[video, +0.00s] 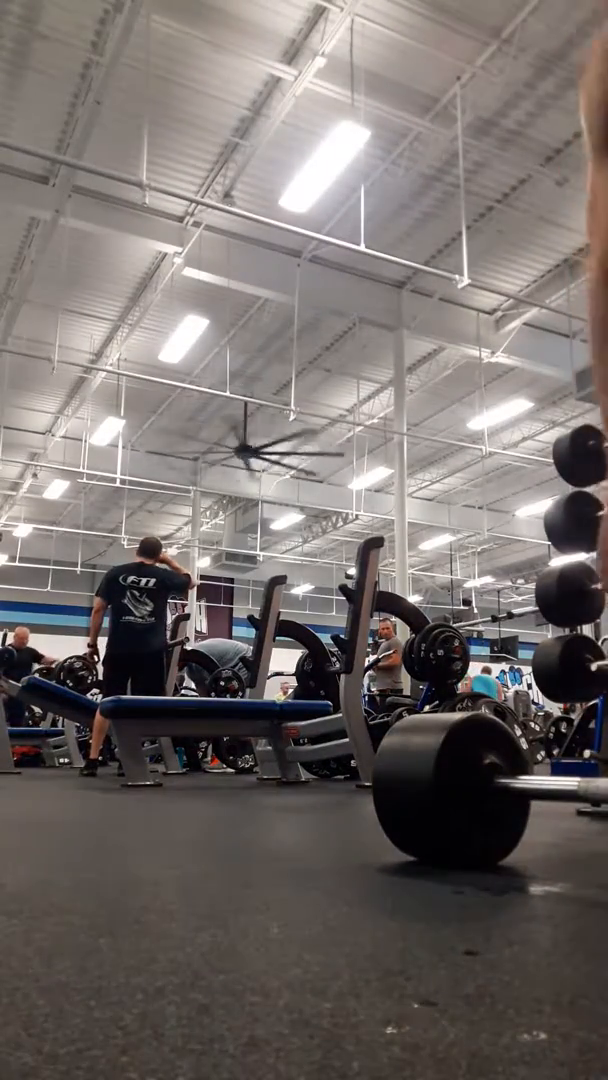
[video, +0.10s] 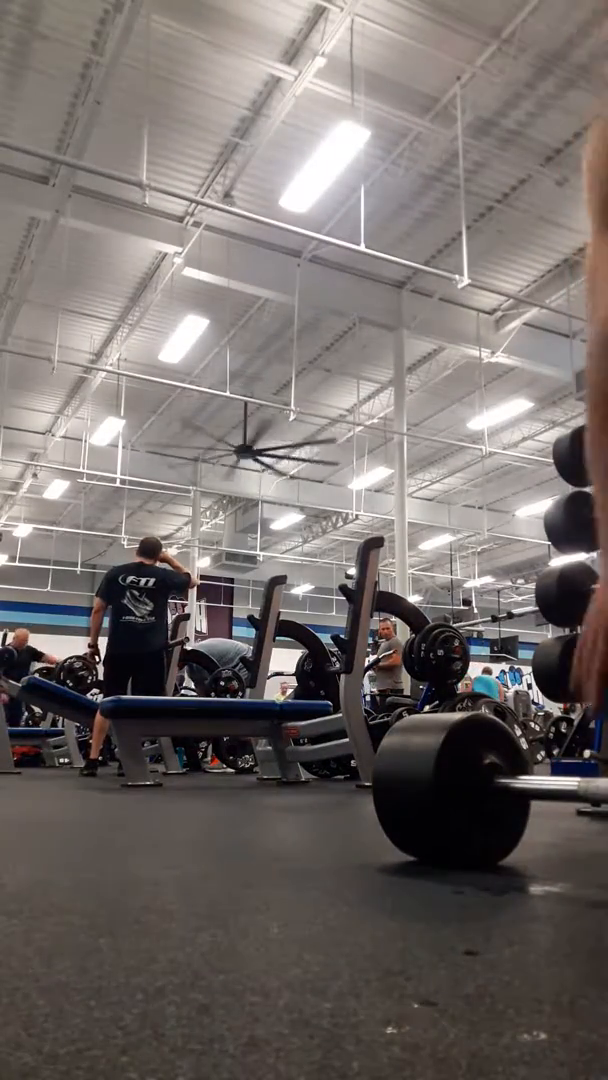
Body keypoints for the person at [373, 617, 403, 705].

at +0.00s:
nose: (385, 631)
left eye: (387, 628)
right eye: (382, 629)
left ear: (392, 629)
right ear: (379, 631)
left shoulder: (395, 642)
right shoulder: (383, 644)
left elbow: (396, 660)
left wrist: (377, 665)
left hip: (391, 688)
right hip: (383, 688)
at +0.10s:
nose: (385, 631)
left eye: (388, 628)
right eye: (383, 629)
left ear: (392, 629)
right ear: (379, 631)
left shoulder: (395, 642)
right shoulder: (382, 644)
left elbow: (397, 660)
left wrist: (379, 665)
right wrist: (373, 664)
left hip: (392, 688)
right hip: (383, 688)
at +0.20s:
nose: (386, 632)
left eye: (388, 629)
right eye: (383, 629)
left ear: (392, 629)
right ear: (379, 631)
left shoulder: (395, 642)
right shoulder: (382, 644)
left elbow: (397, 660)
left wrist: (380, 665)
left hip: (393, 688)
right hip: (382, 688)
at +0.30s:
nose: (386, 632)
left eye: (388, 629)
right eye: (383, 629)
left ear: (392, 629)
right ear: (379, 631)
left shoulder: (395, 642)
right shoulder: (382, 644)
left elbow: (397, 660)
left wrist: (380, 665)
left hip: (392, 688)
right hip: (382, 688)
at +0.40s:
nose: (386, 632)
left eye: (388, 629)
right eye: (383, 629)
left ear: (392, 629)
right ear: (379, 631)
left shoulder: (395, 642)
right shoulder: (383, 644)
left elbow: (397, 660)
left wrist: (380, 665)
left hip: (393, 688)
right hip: (384, 687)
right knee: (384, 717)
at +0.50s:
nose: (384, 632)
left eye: (386, 629)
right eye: (382, 629)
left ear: (392, 629)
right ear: (379, 631)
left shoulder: (396, 642)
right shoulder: (383, 644)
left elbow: (397, 660)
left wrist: (379, 665)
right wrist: (375, 664)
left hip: (393, 687)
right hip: (384, 687)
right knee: (384, 717)